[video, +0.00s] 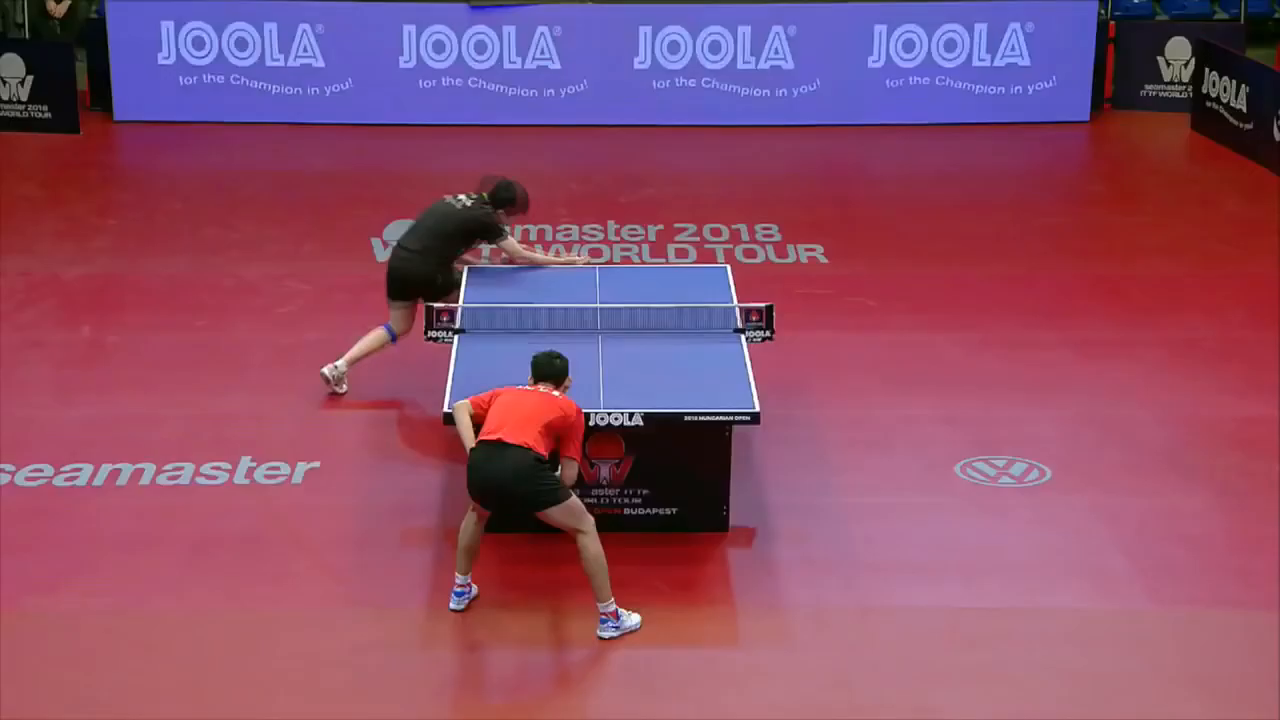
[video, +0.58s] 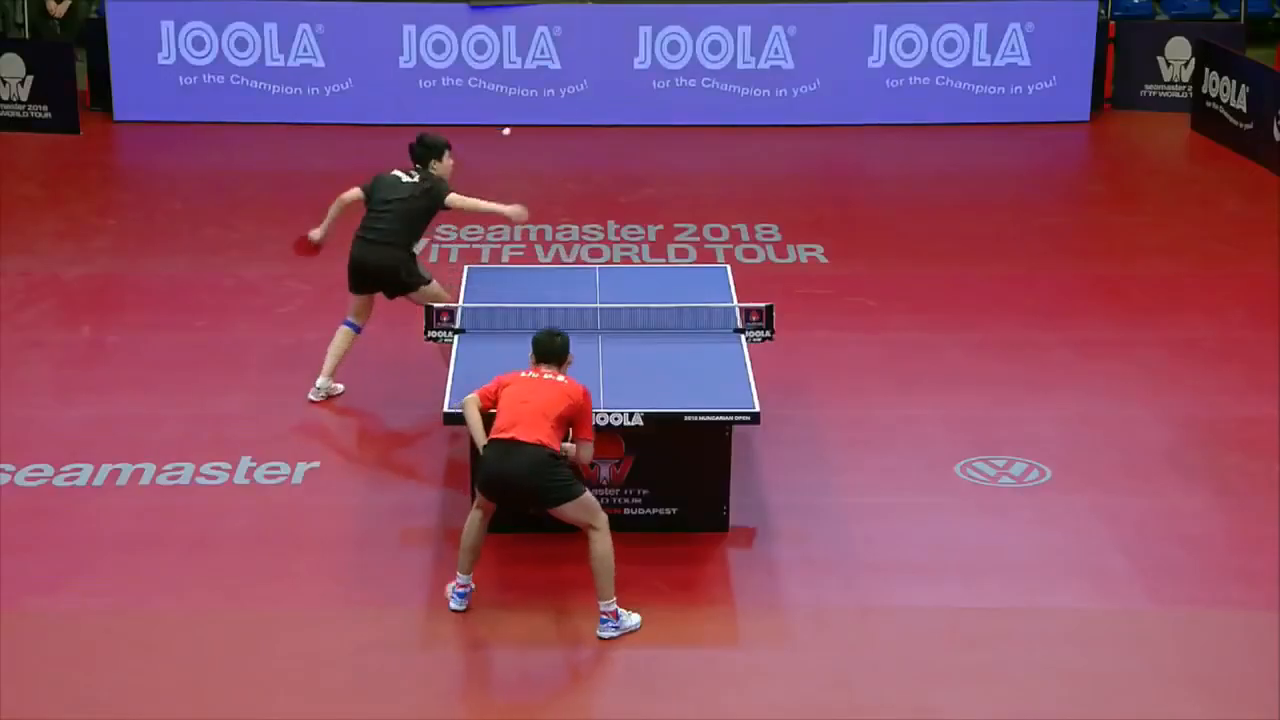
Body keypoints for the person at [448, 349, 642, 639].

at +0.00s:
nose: (568, 385)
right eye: (567, 382)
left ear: (531, 380)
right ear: (565, 383)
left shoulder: (504, 393)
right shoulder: (570, 409)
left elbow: (460, 408)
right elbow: (568, 477)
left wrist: (474, 452)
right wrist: (548, 494)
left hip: (482, 461)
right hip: (525, 468)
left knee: (477, 512)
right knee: (584, 526)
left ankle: (460, 590)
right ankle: (610, 615)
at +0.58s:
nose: (568, 360)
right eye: (568, 357)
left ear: (532, 358)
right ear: (566, 361)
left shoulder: (508, 380)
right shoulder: (577, 392)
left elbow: (469, 403)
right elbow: (585, 457)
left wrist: (484, 447)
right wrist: (565, 447)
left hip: (495, 457)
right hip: (540, 464)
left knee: (481, 510)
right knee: (597, 522)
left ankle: (460, 589)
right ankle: (610, 615)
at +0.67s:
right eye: (559, 343)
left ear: (526, 345)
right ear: (560, 348)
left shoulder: (503, 373)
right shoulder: (573, 383)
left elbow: (471, 402)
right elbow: (590, 444)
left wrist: (485, 449)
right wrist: (571, 434)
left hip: (498, 465)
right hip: (545, 469)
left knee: (475, 512)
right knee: (603, 523)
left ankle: (453, 594)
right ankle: (608, 612)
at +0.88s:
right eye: (559, 317)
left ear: (530, 321)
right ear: (563, 322)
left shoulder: (509, 353)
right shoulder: (577, 362)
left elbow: (476, 385)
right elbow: (616, 406)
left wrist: (495, 409)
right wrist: (596, 388)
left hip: (515, 465)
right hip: (563, 465)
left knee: (478, 509)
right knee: (620, 487)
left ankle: (455, 587)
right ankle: (642, 569)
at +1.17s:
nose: (547, 335)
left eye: (548, 331)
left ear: (550, 337)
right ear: (583, 336)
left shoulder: (538, 372)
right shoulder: (606, 368)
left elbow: (515, 404)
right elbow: (636, 387)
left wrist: (541, 385)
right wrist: (603, 379)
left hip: (562, 482)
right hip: (612, 481)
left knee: (497, 489)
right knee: (640, 475)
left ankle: (487, 576)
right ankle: (669, 555)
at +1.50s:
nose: (560, 344)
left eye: (561, 339)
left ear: (565, 343)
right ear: (599, 338)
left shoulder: (560, 371)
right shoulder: (626, 358)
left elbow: (555, 393)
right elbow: (654, 353)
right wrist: (618, 359)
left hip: (589, 476)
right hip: (635, 474)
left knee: (516, 491)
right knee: (649, 470)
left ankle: (487, 576)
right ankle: (669, 554)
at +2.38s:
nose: (468, 354)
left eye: (468, 349)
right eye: (480, 347)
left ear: (471, 353)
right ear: (503, 348)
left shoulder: (466, 398)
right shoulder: (529, 378)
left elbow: (428, 451)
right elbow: (565, 367)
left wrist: (391, 479)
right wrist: (575, 347)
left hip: (488, 505)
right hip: (536, 501)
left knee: (416, 529)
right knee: (593, 539)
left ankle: (370, 612)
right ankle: (638, 614)